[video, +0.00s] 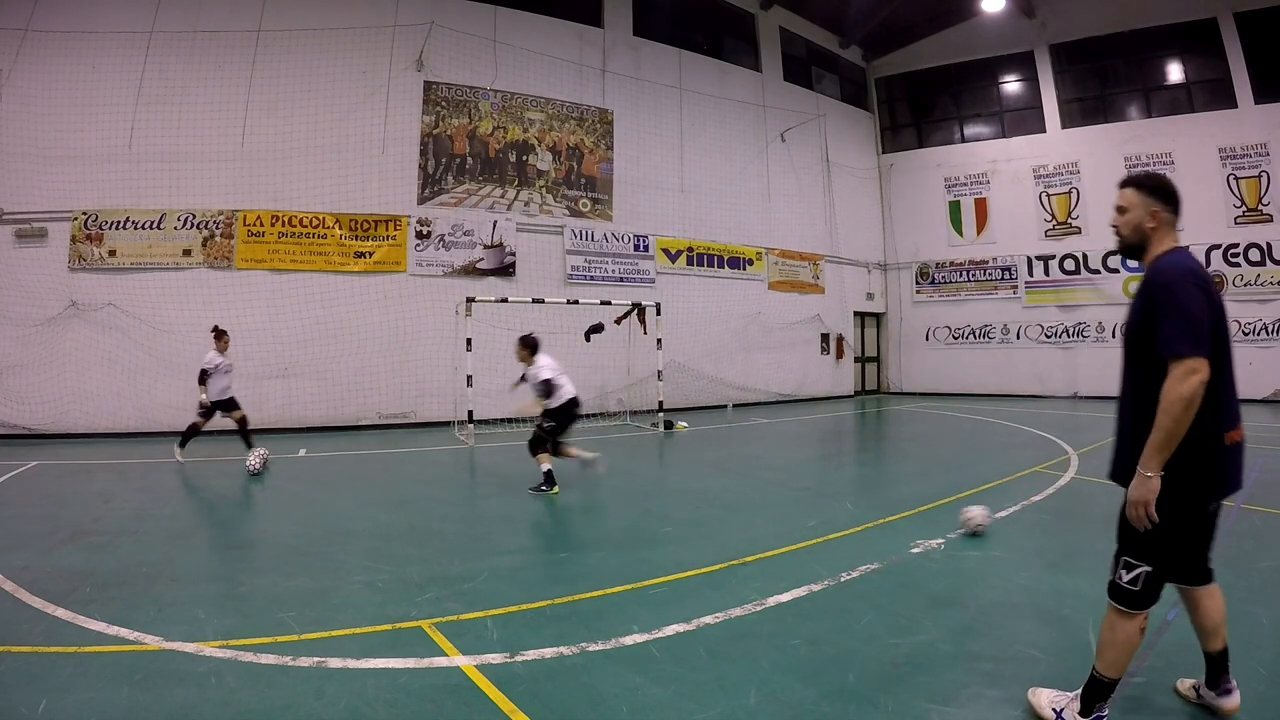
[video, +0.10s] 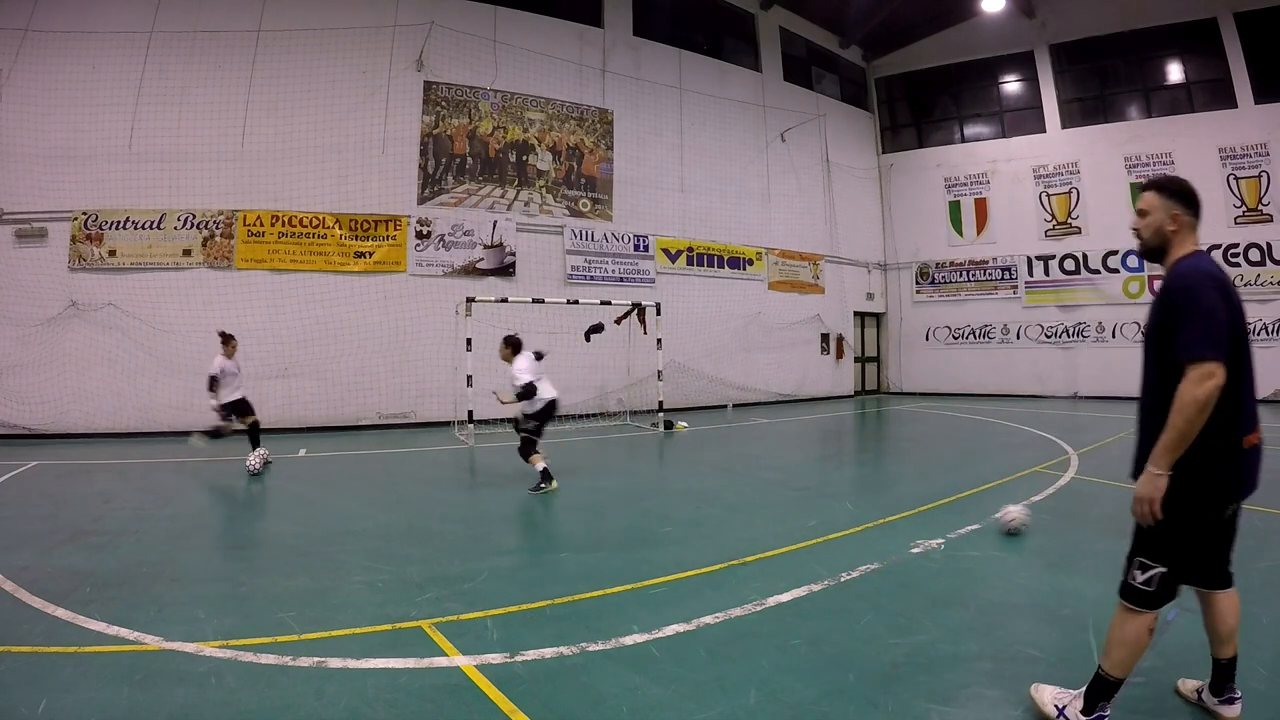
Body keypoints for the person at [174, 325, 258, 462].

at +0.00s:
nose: (227, 345)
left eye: (228, 342)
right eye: (225, 342)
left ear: (227, 342)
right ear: (217, 342)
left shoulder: (225, 356)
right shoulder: (212, 357)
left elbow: (221, 379)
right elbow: (202, 378)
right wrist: (203, 398)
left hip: (227, 398)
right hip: (212, 400)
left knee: (241, 419)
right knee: (198, 425)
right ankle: (180, 446)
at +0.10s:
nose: (235, 349)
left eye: (235, 347)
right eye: (232, 347)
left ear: (235, 347)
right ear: (224, 347)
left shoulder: (234, 361)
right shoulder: (219, 361)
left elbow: (233, 381)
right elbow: (212, 381)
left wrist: (238, 396)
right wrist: (213, 400)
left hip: (238, 398)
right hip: (225, 401)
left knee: (253, 423)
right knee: (227, 428)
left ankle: (258, 454)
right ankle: (204, 435)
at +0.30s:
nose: (249, 355)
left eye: (249, 352)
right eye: (247, 352)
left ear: (239, 352)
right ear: (238, 352)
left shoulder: (244, 364)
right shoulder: (231, 365)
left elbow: (244, 384)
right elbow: (228, 388)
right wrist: (238, 404)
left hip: (249, 398)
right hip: (237, 404)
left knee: (263, 420)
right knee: (260, 415)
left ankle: (259, 454)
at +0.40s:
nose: (252, 352)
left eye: (252, 349)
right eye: (250, 349)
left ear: (245, 349)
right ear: (240, 349)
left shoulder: (247, 362)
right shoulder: (232, 363)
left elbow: (246, 378)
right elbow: (226, 385)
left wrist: (253, 381)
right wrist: (231, 404)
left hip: (250, 396)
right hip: (241, 400)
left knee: (261, 423)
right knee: (265, 417)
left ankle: (258, 454)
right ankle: (273, 443)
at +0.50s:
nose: (253, 348)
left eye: (254, 345)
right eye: (251, 345)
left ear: (245, 345)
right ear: (242, 345)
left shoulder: (247, 358)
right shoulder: (234, 360)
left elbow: (245, 372)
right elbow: (225, 380)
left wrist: (253, 376)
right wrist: (224, 401)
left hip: (249, 394)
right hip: (238, 397)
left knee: (262, 420)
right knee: (258, 420)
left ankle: (258, 453)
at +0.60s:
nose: (253, 346)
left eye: (254, 344)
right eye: (251, 344)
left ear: (247, 343)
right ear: (242, 342)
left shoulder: (247, 356)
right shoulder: (235, 356)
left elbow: (242, 374)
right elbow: (225, 376)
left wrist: (252, 378)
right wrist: (223, 397)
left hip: (249, 397)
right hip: (236, 399)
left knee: (258, 421)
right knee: (247, 424)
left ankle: (258, 453)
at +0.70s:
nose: (254, 345)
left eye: (255, 342)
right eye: (253, 342)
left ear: (250, 341)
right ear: (244, 340)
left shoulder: (246, 354)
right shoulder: (236, 353)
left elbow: (240, 372)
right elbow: (222, 369)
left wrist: (247, 380)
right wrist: (227, 385)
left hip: (244, 398)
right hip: (232, 399)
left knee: (248, 424)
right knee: (234, 426)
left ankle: (257, 452)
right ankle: (227, 456)